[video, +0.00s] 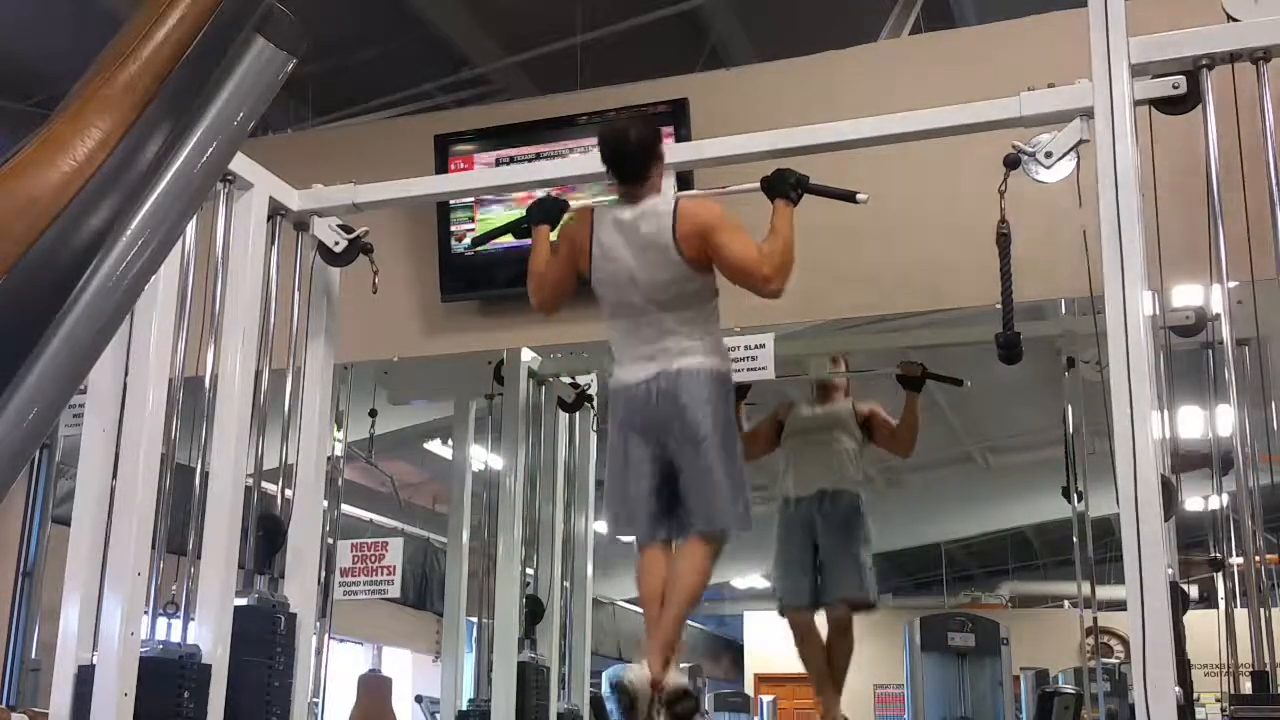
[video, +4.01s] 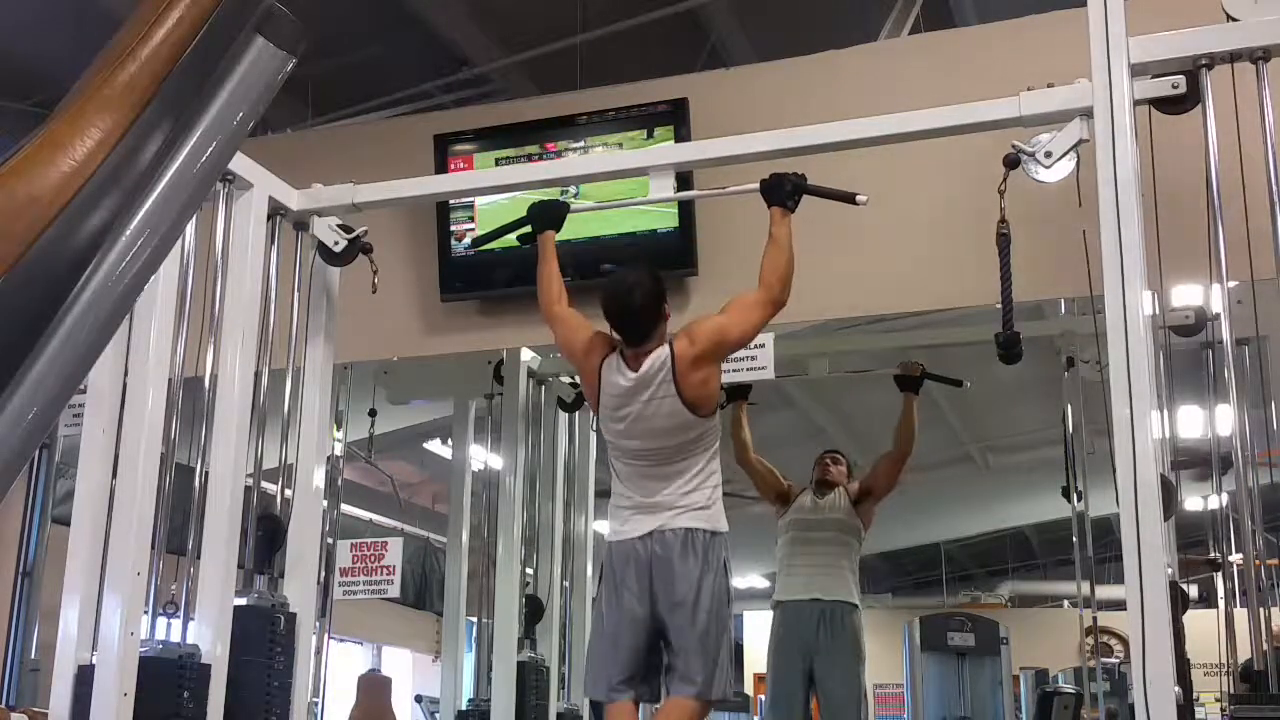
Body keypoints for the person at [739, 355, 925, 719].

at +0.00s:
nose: (828, 370)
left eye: (836, 366)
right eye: (822, 365)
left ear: (847, 379)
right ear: (811, 376)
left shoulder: (862, 411)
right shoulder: (789, 412)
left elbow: (902, 445)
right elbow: (750, 450)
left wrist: (912, 394)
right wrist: (737, 405)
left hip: (842, 510)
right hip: (793, 514)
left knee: (840, 613)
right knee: (797, 615)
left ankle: (830, 706)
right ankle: (829, 707)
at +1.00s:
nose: (830, 368)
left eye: (838, 366)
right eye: (824, 366)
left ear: (849, 382)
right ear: (813, 380)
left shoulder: (865, 413)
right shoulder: (791, 413)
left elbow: (906, 445)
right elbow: (744, 451)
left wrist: (912, 393)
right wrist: (737, 401)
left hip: (841, 509)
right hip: (793, 510)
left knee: (841, 612)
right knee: (785, 610)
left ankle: (825, 708)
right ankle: (822, 707)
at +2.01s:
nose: (828, 418)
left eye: (836, 414)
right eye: (822, 415)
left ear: (850, 426)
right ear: (813, 427)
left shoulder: (861, 454)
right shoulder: (793, 456)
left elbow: (906, 445)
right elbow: (741, 453)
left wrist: (912, 393)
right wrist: (735, 401)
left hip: (842, 556)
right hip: (792, 556)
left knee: (840, 663)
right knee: (781, 660)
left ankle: (829, 717)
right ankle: (806, 715)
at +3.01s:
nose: (828, 445)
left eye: (836, 442)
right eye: (822, 442)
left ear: (848, 455)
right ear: (811, 454)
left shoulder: (860, 480)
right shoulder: (789, 480)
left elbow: (902, 450)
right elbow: (739, 453)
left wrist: (910, 394)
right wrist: (736, 401)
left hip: (839, 589)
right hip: (788, 588)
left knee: (841, 696)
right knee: (779, 694)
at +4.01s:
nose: (826, 463)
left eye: (835, 462)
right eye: (820, 462)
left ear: (848, 476)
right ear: (811, 474)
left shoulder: (859, 499)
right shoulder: (788, 498)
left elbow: (901, 452)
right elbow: (746, 457)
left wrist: (909, 395)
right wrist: (738, 403)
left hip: (840, 613)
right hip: (789, 613)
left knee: (845, 709)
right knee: (784, 708)